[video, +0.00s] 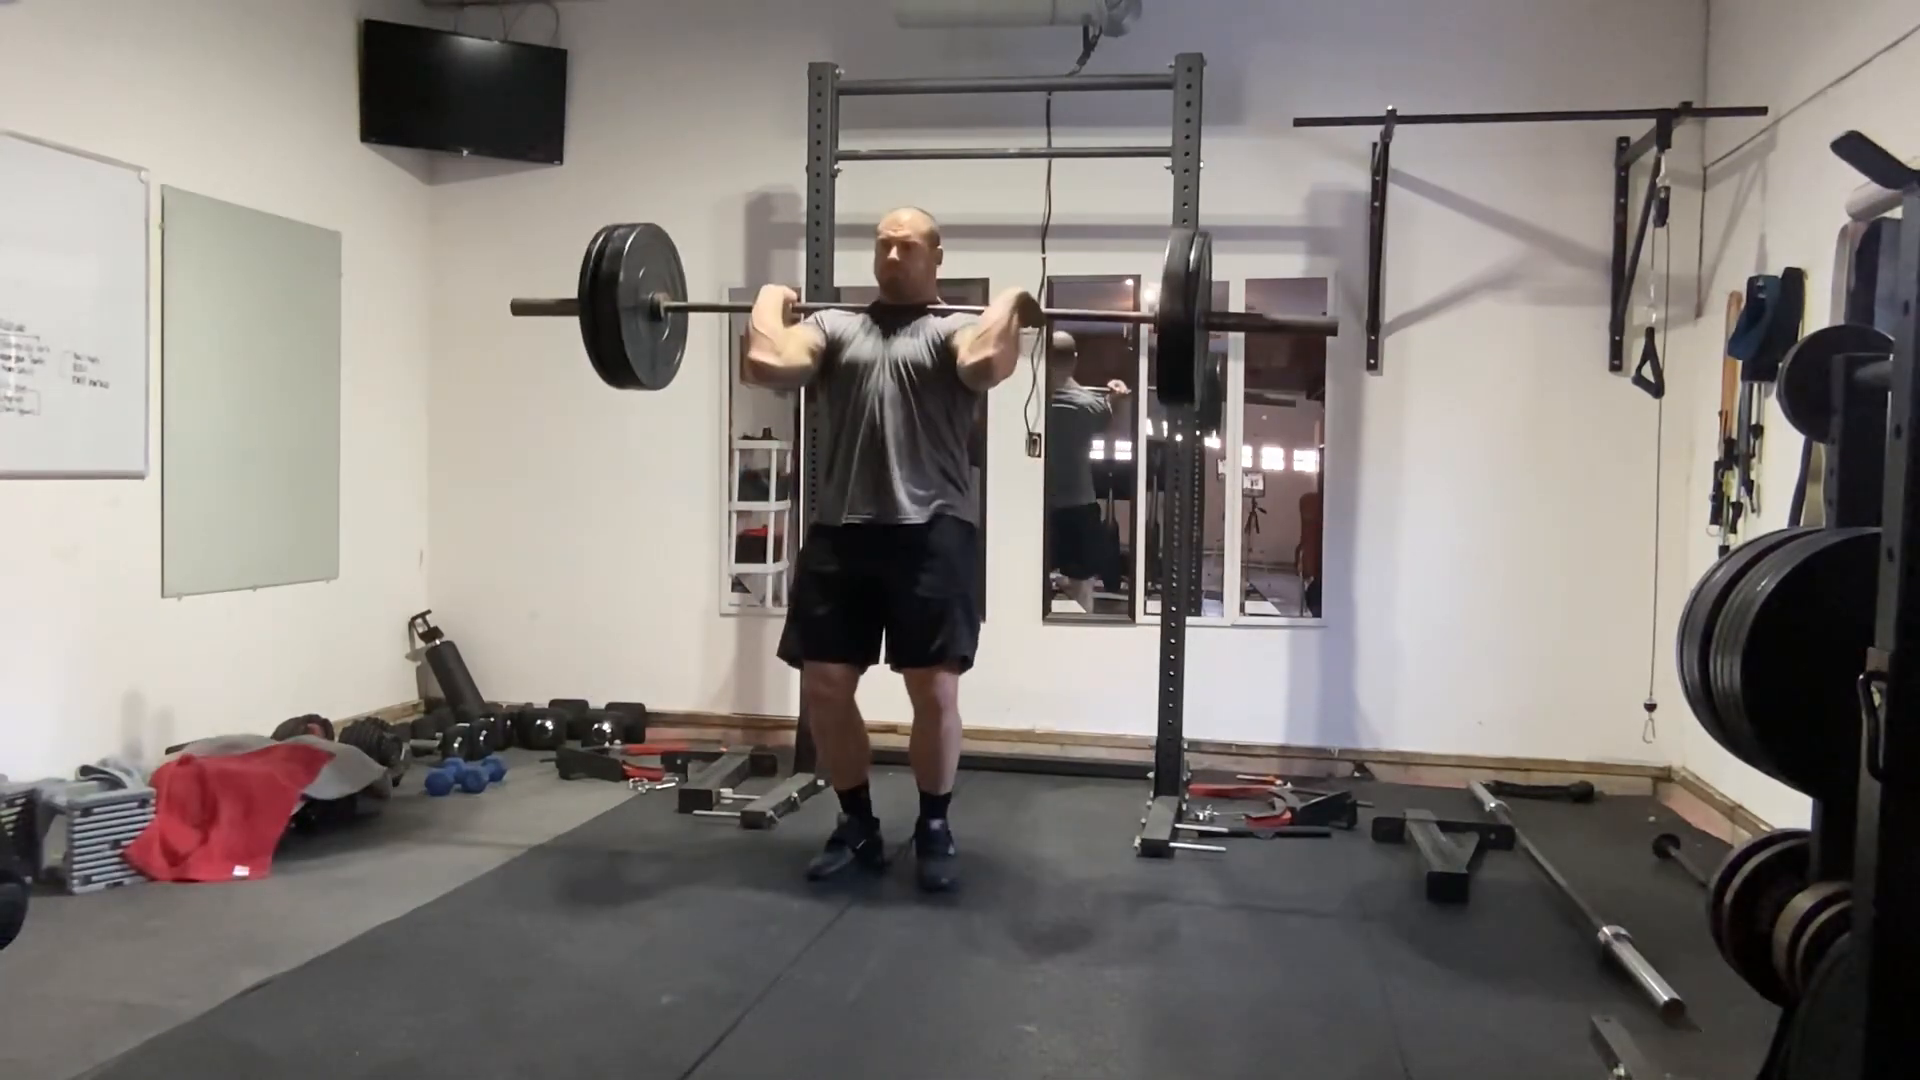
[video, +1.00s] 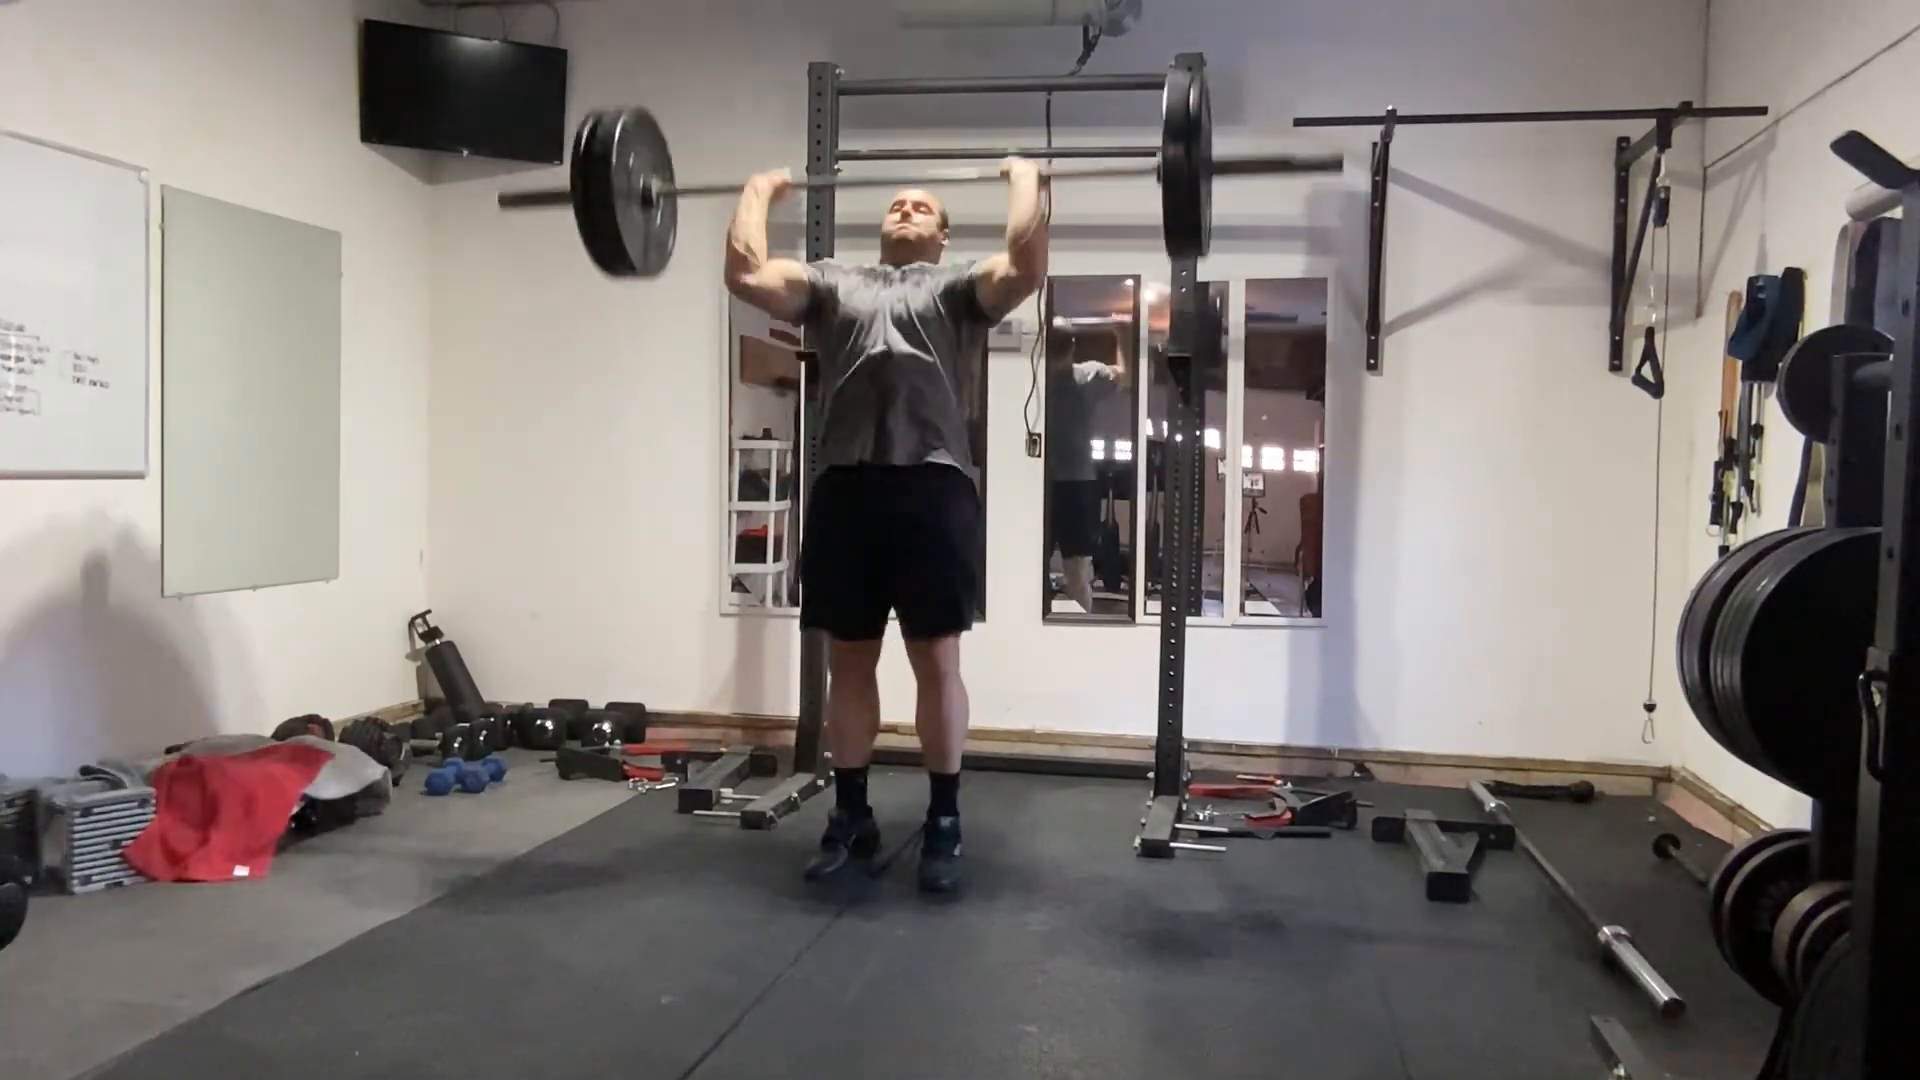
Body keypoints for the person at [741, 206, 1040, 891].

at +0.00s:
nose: (891, 255)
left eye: (906, 246)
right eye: (883, 245)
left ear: (936, 262)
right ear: (871, 260)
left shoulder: (956, 326)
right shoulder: (836, 325)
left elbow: (984, 366)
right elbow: (767, 361)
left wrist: (1009, 304)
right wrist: (771, 297)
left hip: (931, 529)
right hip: (840, 528)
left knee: (933, 685)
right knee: (824, 682)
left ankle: (933, 832)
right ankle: (857, 830)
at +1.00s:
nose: (907, 208)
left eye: (921, 206)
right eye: (896, 205)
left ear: (943, 235)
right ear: (877, 229)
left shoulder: (957, 292)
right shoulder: (835, 283)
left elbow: (1026, 263)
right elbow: (746, 271)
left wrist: (1026, 173)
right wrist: (757, 187)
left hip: (932, 488)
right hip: (845, 489)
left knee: (935, 659)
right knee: (850, 659)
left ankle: (943, 826)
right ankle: (850, 821)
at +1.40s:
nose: (870, 232)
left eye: (884, 219)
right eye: (861, 220)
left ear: (916, 223)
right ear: (848, 226)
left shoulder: (958, 278)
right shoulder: (823, 282)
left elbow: (1004, 166)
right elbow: (771, 180)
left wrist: (1023, 73)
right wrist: (760, 90)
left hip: (934, 502)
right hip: (847, 503)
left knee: (931, 670)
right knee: (859, 668)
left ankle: (937, 829)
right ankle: (859, 826)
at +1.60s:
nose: (887, 227)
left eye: (902, 218)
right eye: (877, 218)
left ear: (928, 233)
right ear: (863, 233)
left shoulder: (966, 317)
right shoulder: (822, 318)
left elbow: (1000, 418)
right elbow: (783, 410)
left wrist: (1007, 517)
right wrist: (751, 503)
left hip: (936, 531)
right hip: (842, 530)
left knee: (934, 675)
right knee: (844, 672)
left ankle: (937, 828)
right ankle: (855, 828)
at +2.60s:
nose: (909, 226)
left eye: (924, 221)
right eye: (899, 220)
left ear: (946, 244)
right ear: (884, 241)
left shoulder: (974, 295)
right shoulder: (847, 295)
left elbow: (1043, 348)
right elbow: (791, 355)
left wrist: (1022, 390)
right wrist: (758, 385)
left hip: (943, 471)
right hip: (857, 470)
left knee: (936, 633)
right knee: (842, 638)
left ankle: (939, 819)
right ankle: (848, 811)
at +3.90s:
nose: (897, 275)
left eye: (914, 267)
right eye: (888, 266)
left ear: (939, 288)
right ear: (874, 285)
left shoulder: (959, 359)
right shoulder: (834, 364)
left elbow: (993, 397)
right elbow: (769, 402)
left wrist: (1003, 330)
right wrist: (772, 336)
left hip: (941, 569)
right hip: (843, 567)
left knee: (958, 718)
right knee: (796, 699)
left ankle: (947, 834)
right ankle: (852, 831)